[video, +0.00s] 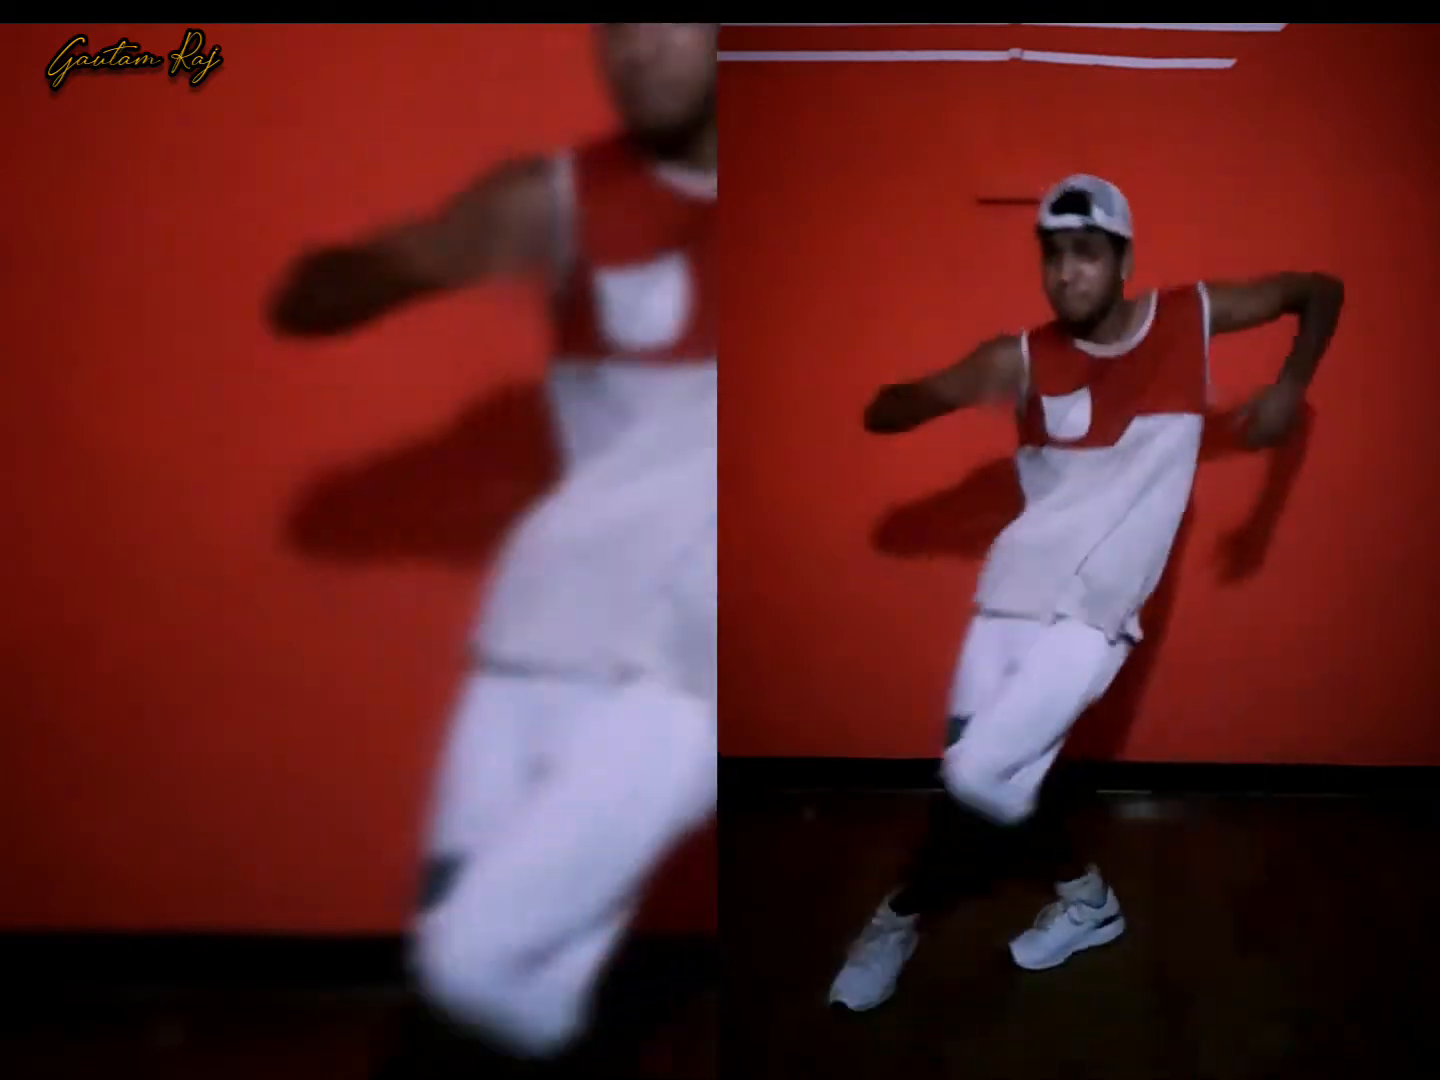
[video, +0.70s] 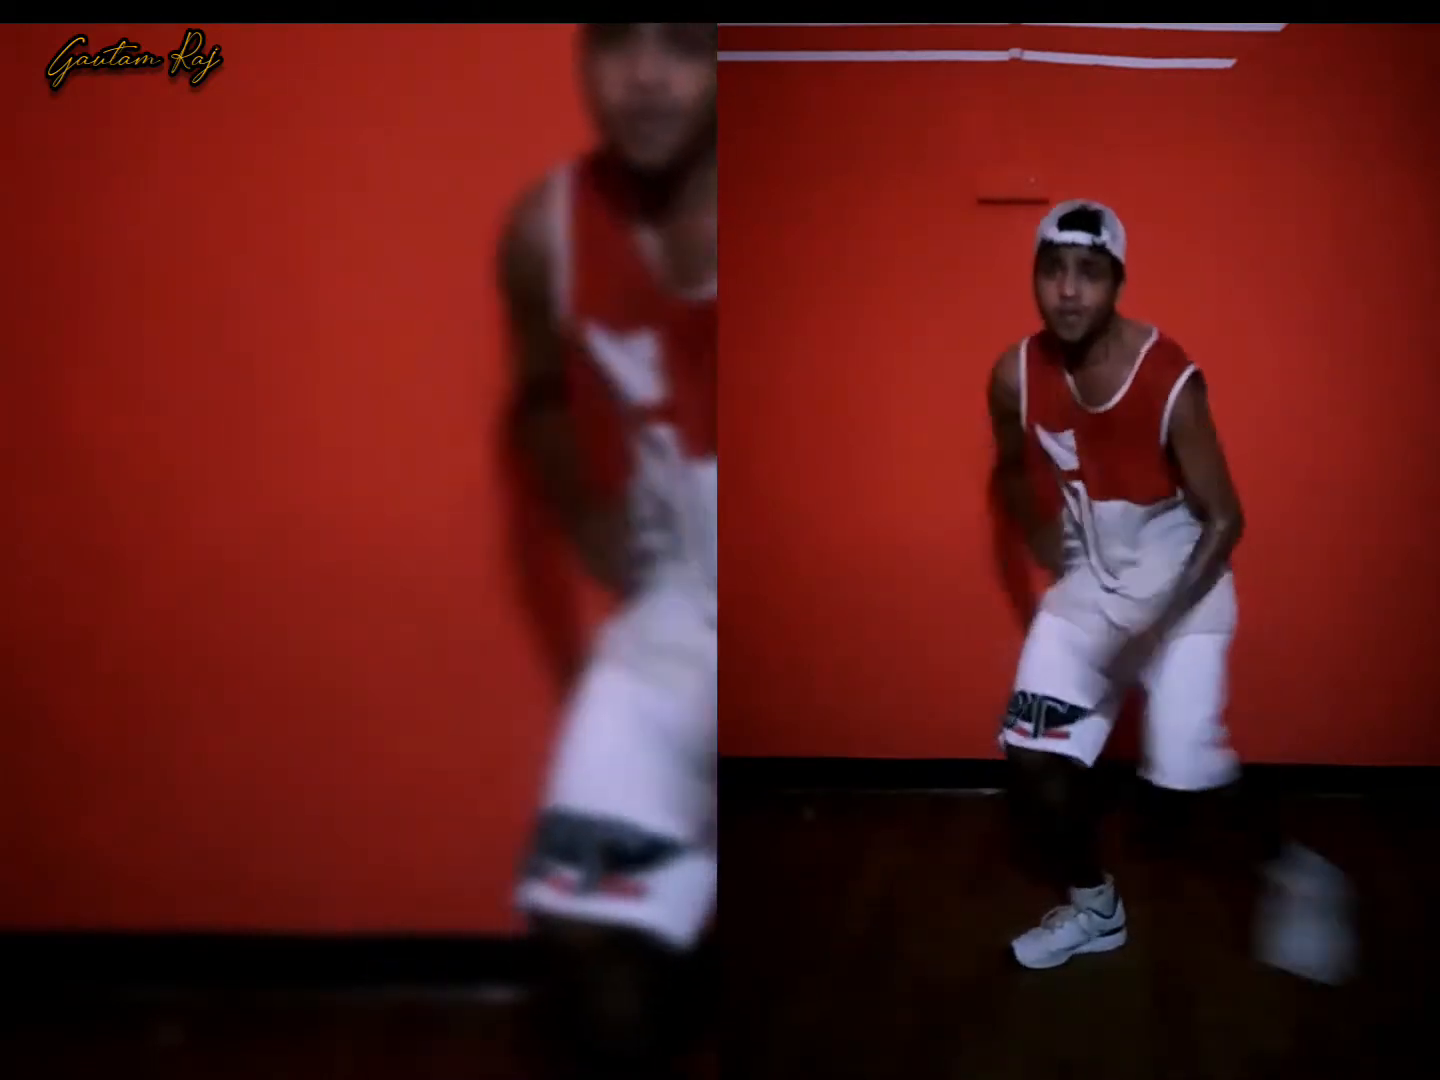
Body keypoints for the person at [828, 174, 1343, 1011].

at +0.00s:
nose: (1066, 273)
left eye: (1085, 257)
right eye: (1054, 257)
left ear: (1123, 261)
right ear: (1041, 267)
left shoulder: (1186, 315)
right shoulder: (1020, 359)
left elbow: (1321, 292)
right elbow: (893, 412)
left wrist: (1290, 387)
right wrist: (918, 398)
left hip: (1099, 606)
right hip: (1011, 591)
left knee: (975, 772)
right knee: (982, 767)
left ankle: (894, 926)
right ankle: (1085, 898)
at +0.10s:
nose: (1065, 276)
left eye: (1085, 259)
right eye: (1053, 258)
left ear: (1121, 267)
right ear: (1039, 268)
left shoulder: (1188, 337)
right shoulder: (1009, 356)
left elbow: (1310, 368)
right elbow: (903, 436)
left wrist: (1250, 448)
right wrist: (935, 500)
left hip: (1098, 610)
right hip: (1014, 596)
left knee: (976, 774)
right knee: (938, 758)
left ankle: (900, 930)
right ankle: (1084, 897)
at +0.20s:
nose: (1058, 284)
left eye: (1076, 266)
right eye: (1044, 266)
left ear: (1109, 277)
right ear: (1026, 276)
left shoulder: (1172, 372)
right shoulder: (1006, 368)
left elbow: (1249, 479)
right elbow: (964, 475)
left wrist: (1152, 535)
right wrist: (953, 583)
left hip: (1129, 592)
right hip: (1040, 591)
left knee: (1044, 736)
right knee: (991, 745)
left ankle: (1087, 901)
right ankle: (1045, 909)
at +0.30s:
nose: (1056, 282)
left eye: (1075, 265)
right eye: (1041, 264)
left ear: (1107, 275)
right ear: (1025, 274)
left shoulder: (1156, 371)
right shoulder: (1018, 355)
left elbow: (1172, 525)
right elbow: (1029, 464)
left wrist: (1048, 507)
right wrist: (1020, 573)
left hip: (1168, 573)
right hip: (1078, 566)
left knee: (1153, 738)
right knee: (1028, 733)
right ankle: (1092, 907)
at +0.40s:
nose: (1069, 273)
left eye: (1088, 258)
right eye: (1054, 255)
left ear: (1116, 271)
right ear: (1035, 266)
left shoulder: (1143, 382)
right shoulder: (1050, 341)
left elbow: (1131, 547)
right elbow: (1079, 449)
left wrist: (1036, 450)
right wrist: (1088, 542)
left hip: (1198, 605)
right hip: (1103, 591)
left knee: (1256, 783)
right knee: (1030, 752)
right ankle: (1092, 907)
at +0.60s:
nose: (1076, 301)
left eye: (1096, 286)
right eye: (1061, 283)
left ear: (1122, 300)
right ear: (1042, 294)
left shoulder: (1150, 401)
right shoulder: (1045, 361)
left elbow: (1213, 540)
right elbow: (1076, 461)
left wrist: (1098, 518)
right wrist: (1049, 508)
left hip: (1203, 615)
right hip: (1111, 603)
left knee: (1273, 788)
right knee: (1032, 767)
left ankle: (1416, 938)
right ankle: (1094, 908)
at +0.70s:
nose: (1070, 292)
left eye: (1089, 275)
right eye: (1056, 273)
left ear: (1116, 287)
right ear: (1036, 283)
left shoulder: (1165, 377)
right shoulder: (1017, 375)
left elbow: (1224, 518)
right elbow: (1013, 473)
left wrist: (1163, 624)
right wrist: (1041, 544)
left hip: (1181, 572)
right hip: (1086, 572)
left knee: (1180, 771)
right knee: (1036, 747)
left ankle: (1295, 876)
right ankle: (1093, 906)